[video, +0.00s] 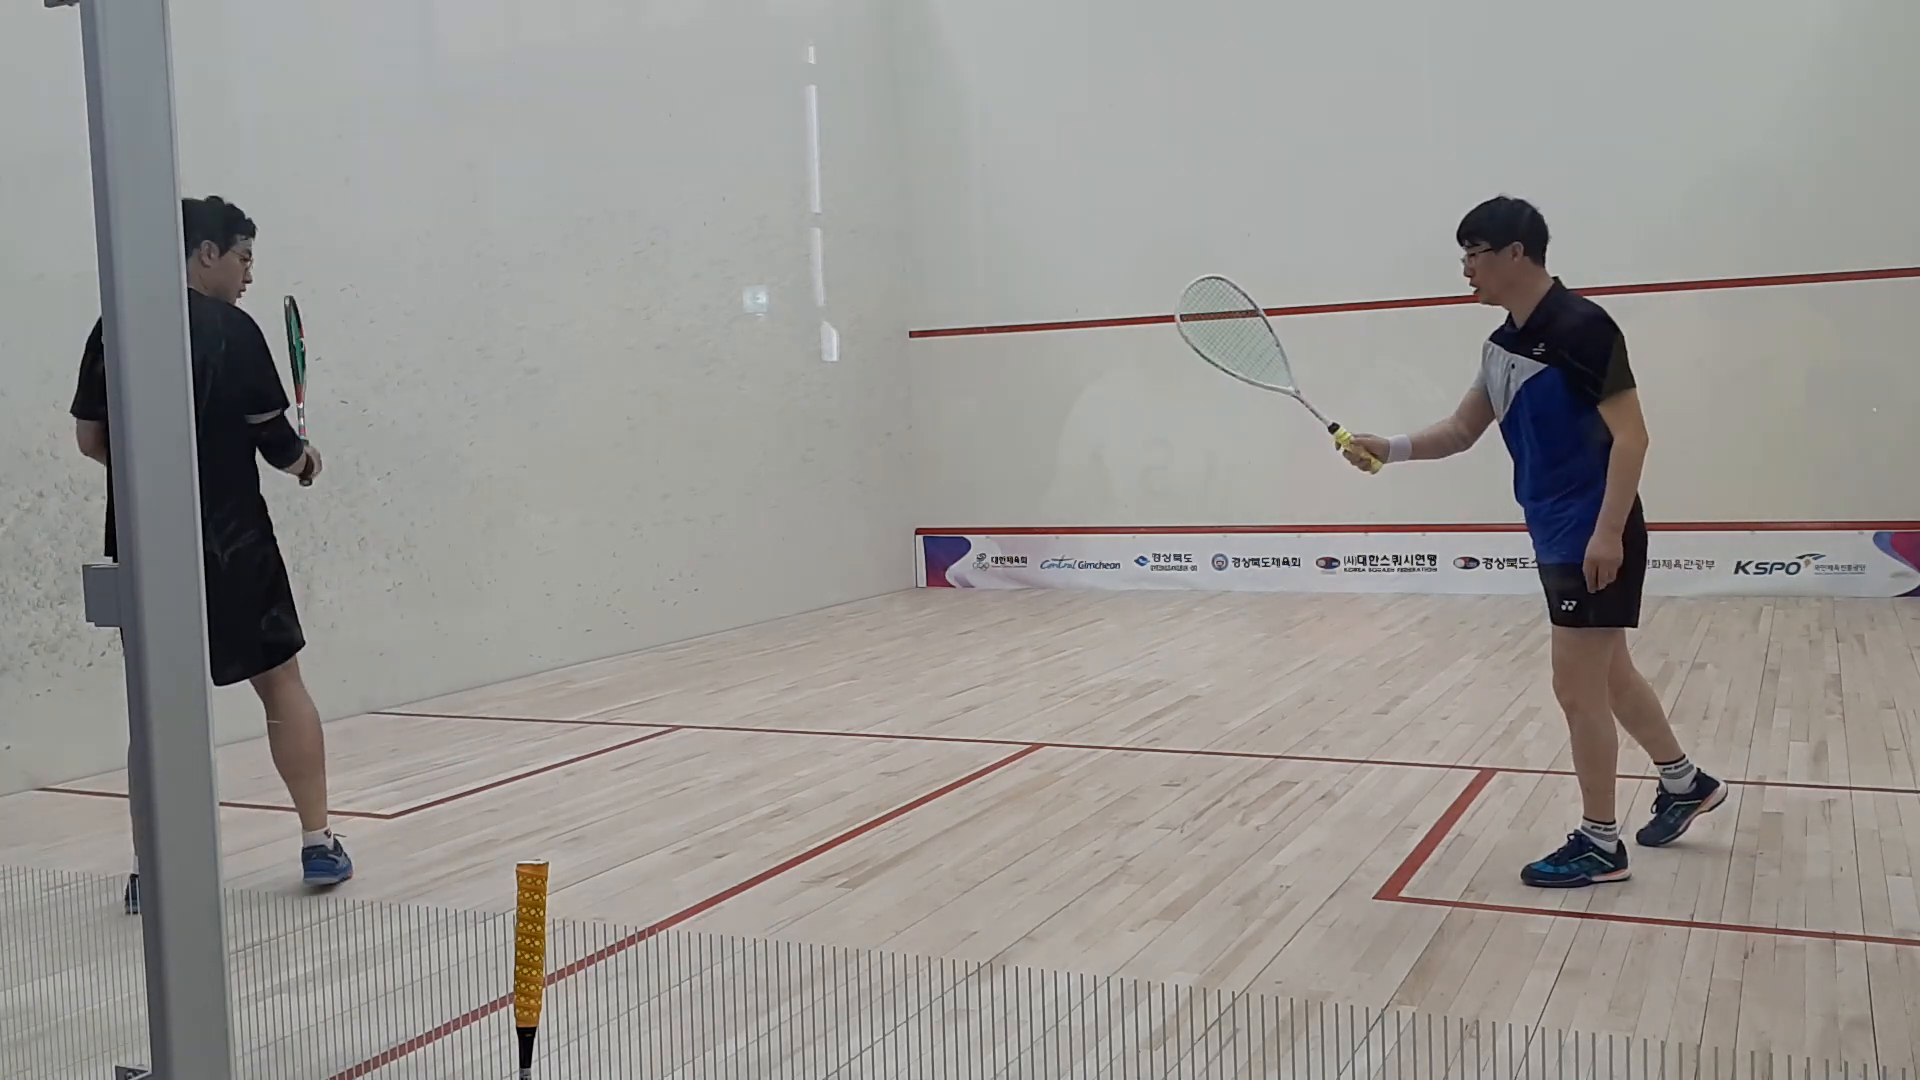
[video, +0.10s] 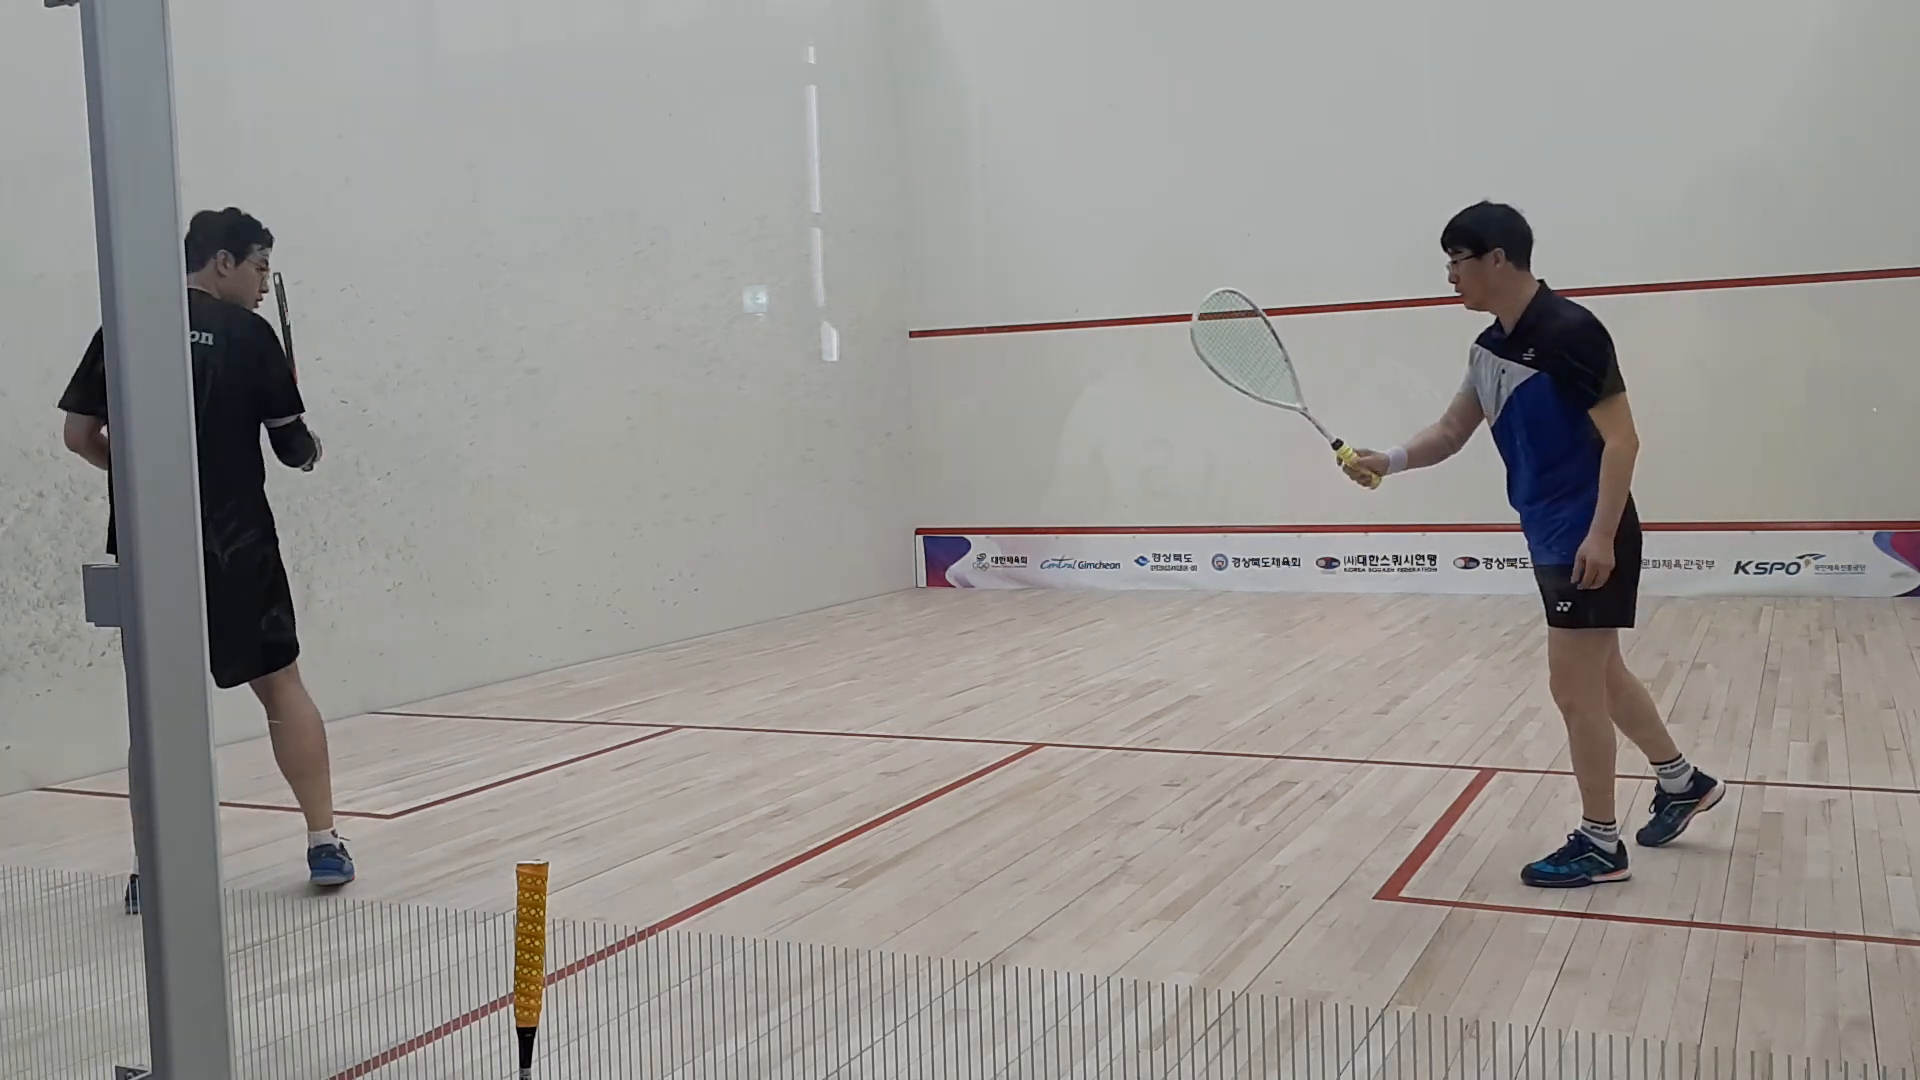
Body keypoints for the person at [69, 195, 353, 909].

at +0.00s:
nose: (249, 273)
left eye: (249, 259)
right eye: (242, 259)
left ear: (187, 257)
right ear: (206, 256)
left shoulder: (113, 323)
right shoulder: (231, 330)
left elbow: (91, 437)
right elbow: (272, 437)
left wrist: (157, 455)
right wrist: (303, 460)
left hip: (143, 549)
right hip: (232, 543)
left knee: (153, 711)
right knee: (282, 690)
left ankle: (152, 869)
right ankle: (319, 843)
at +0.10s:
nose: (265, 283)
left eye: (266, 271)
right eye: (260, 270)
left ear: (201, 266)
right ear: (221, 263)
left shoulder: (124, 320)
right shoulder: (252, 339)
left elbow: (79, 431)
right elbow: (298, 451)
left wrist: (142, 466)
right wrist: (287, 384)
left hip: (146, 547)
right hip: (237, 542)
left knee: (153, 709)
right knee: (281, 687)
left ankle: (151, 870)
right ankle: (325, 840)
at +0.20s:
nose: (282, 278)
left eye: (281, 264)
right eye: (275, 265)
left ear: (219, 267)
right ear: (237, 265)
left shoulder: (141, 317)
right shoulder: (264, 331)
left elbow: (84, 422)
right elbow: (303, 456)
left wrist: (137, 485)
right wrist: (272, 409)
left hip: (157, 545)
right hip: (242, 543)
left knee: (156, 714)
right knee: (280, 698)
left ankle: (153, 870)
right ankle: (320, 850)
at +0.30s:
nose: (296, 269)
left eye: (294, 255)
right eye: (289, 257)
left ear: (230, 263)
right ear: (253, 261)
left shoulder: (159, 315)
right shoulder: (282, 331)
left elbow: (97, 421)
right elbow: (307, 455)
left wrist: (130, 507)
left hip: (162, 541)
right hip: (251, 543)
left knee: (161, 712)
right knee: (283, 699)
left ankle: (151, 870)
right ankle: (321, 852)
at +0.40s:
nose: (306, 265)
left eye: (303, 252)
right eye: (299, 254)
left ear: (236, 260)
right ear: (269, 258)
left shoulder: (169, 312)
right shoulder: (296, 331)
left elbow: (109, 421)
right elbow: (320, 448)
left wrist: (124, 506)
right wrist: (265, 452)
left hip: (168, 542)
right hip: (261, 545)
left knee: (164, 710)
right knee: (290, 699)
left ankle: (151, 868)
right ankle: (322, 854)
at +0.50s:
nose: (310, 263)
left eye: (306, 251)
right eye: (304, 252)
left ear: (236, 260)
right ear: (280, 258)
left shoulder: (174, 312)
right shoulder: (307, 333)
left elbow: (124, 414)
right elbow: (330, 447)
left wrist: (119, 489)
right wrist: (268, 446)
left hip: (179, 543)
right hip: (275, 547)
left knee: (166, 706)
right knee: (295, 699)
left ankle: (151, 866)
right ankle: (323, 855)